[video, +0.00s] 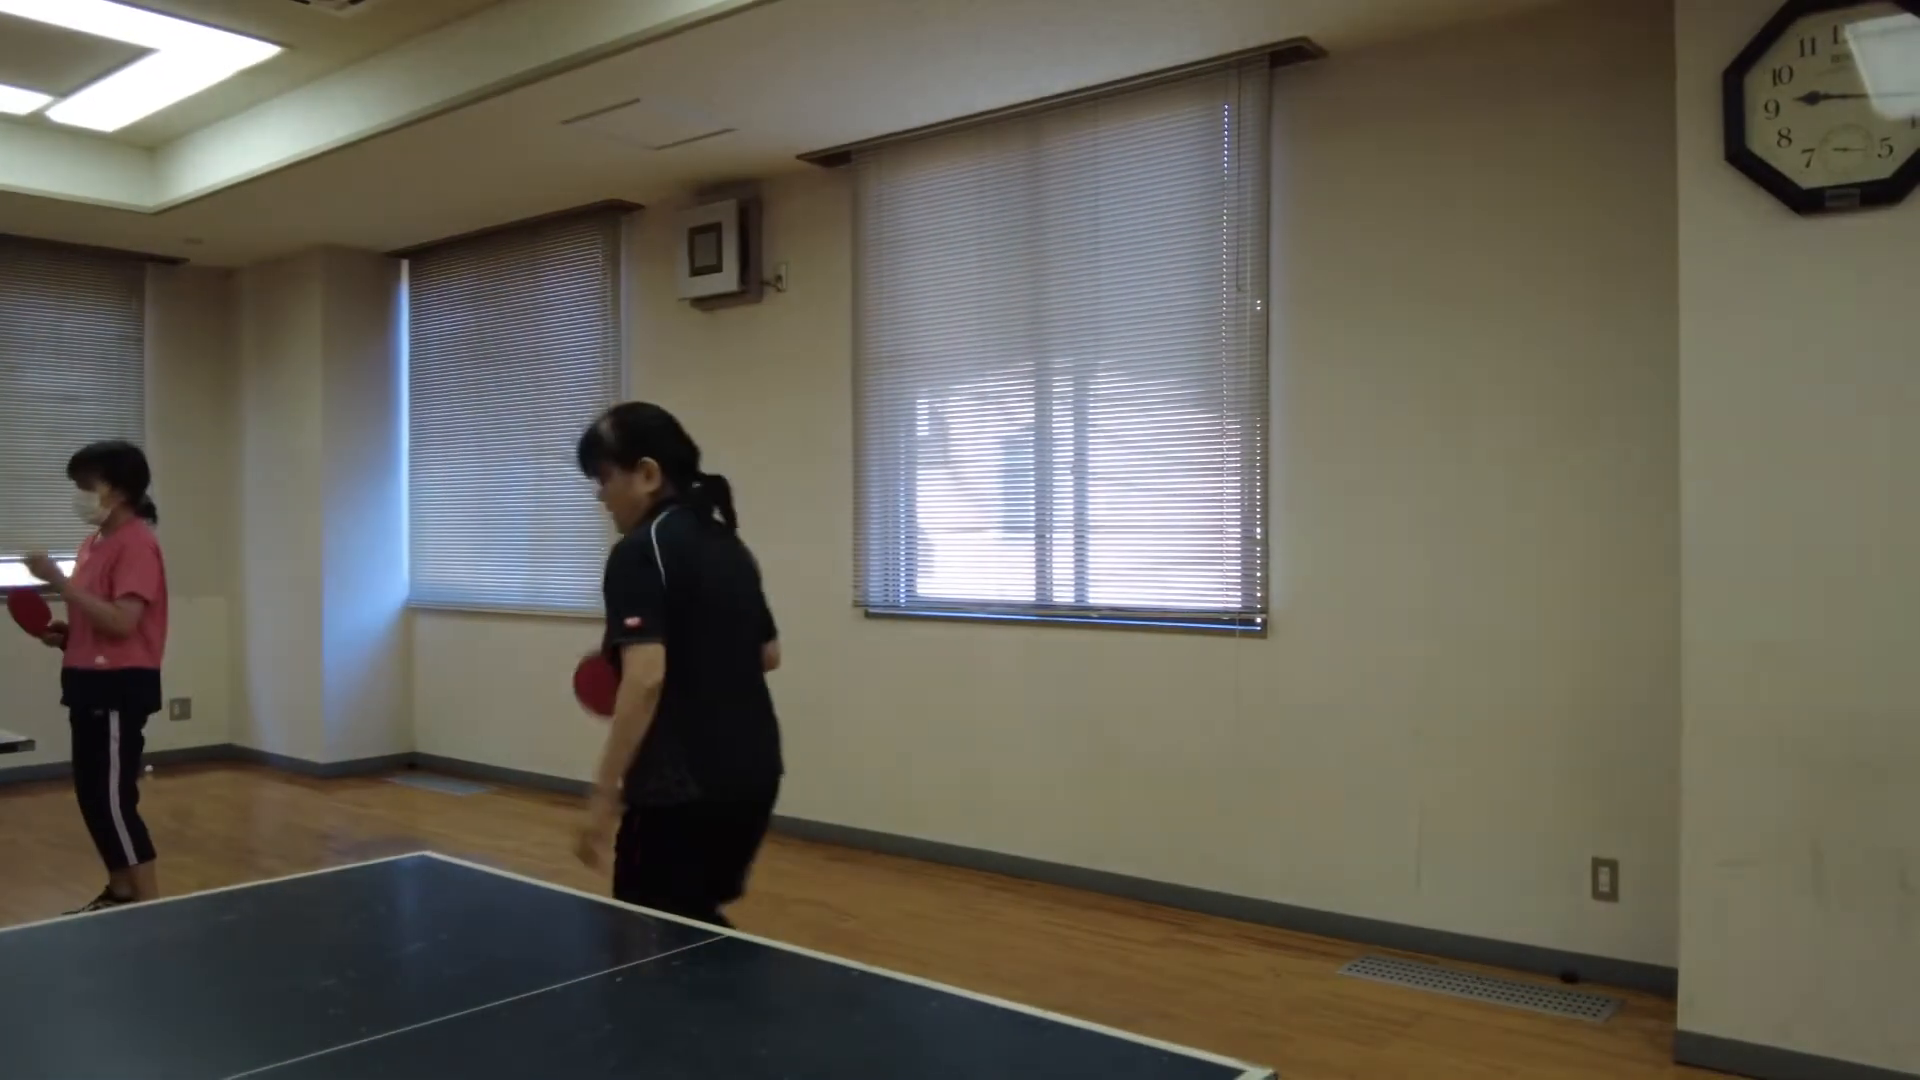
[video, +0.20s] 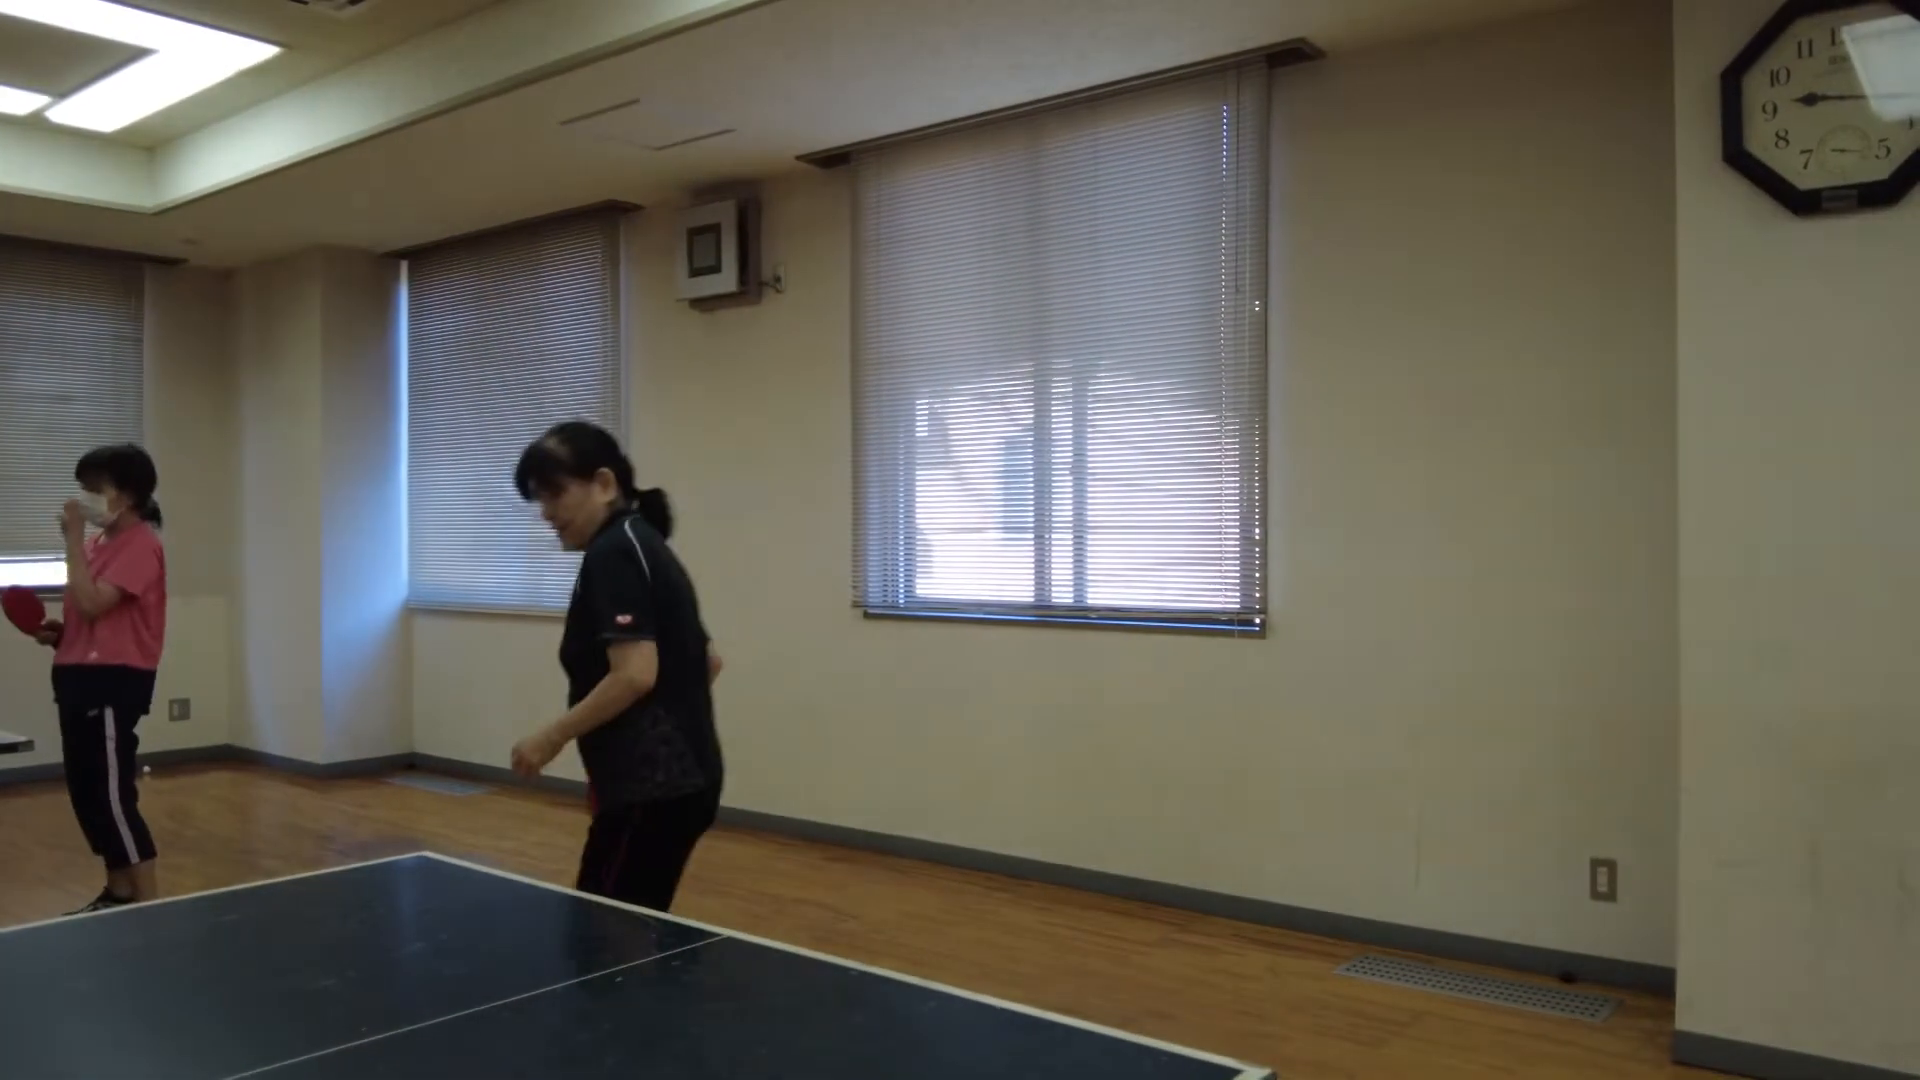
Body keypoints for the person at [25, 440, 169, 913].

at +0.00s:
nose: (78, 497)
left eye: (87, 488)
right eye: (78, 488)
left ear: (116, 490)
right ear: (103, 492)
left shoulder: (137, 541)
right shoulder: (96, 542)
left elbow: (124, 621)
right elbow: (97, 626)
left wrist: (60, 582)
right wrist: (61, 632)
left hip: (122, 687)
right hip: (90, 684)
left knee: (113, 799)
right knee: (91, 794)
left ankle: (150, 906)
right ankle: (122, 890)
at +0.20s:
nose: (85, 499)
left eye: (94, 489)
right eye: (85, 490)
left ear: (125, 493)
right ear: (106, 496)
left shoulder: (142, 543)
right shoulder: (104, 542)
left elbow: (91, 602)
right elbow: (96, 621)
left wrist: (74, 538)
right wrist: (62, 634)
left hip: (115, 678)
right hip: (82, 677)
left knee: (113, 795)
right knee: (87, 791)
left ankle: (149, 906)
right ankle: (120, 892)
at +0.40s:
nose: (89, 505)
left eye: (98, 495)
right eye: (87, 496)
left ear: (130, 498)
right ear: (97, 501)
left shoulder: (146, 549)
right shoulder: (104, 549)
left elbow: (86, 595)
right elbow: (93, 635)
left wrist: (83, 533)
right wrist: (52, 635)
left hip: (107, 679)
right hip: (72, 678)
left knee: (110, 794)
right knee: (82, 790)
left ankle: (148, 905)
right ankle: (119, 892)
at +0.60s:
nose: (86, 508)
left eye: (95, 497)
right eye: (85, 499)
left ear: (127, 501)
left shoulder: (146, 552)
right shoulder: (104, 552)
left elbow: (93, 603)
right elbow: (84, 625)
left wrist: (90, 541)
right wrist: (49, 633)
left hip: (104, 685)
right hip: (68, 683)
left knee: (108, 797)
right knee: (80, 793)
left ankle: (148, 907)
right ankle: (117, 894)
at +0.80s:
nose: (81, 507)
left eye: (91, 497)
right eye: (79, 498)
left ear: (122, 500)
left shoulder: (141, 555)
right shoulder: (95, 554)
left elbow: (121, 631)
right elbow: (85, 641)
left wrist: (77, 577)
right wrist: (40, 641)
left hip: (101, 694)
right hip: (67, 690)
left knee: (108, 800)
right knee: (79, 796)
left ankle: (147, 908)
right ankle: (117, 895)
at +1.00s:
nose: (73, 509)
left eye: (82, 498)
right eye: (72, 499)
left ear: (113, 500)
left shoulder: (135, 554)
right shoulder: (96, 552)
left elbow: (148, 636)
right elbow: (87, 627)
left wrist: (67, 633)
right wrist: (40, 644)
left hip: (100, 693)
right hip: (68, 690)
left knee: (108, 800)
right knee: (81, 797)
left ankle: (146, 908)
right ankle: (116, 896)